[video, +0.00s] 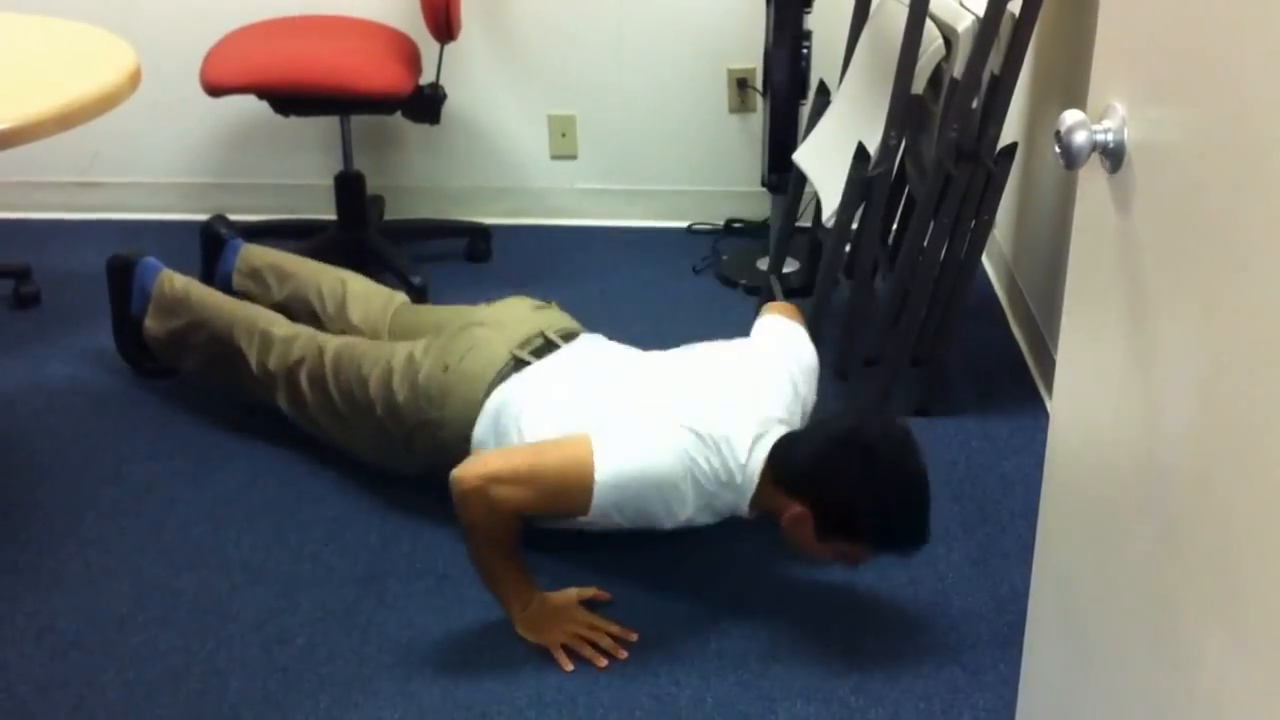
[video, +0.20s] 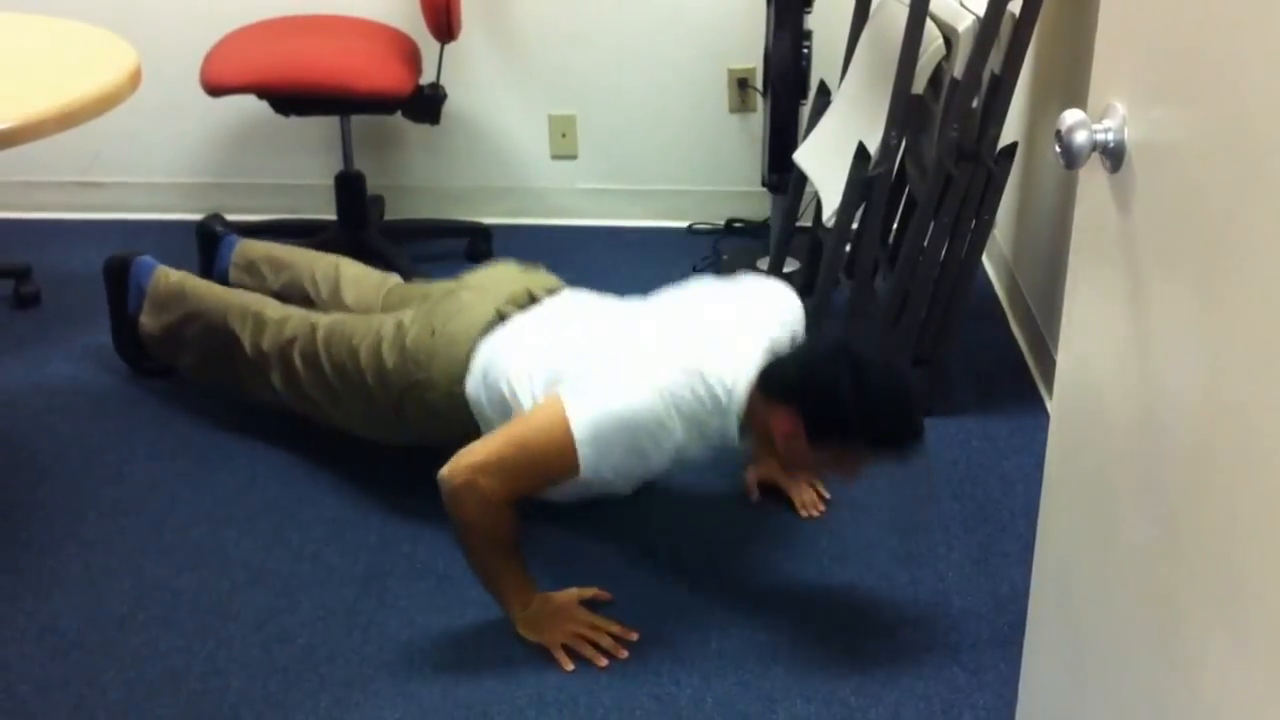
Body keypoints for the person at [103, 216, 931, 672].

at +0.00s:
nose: (839, 561)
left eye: (854, 552)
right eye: (843, 548)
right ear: (803, 512)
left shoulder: (790, 376)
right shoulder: (678, 472)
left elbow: (780, 309)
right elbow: (478, 487)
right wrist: (528, 606)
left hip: (542, 328)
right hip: (466, 398)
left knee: (388, 313)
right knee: (294, 364)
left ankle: (240, 255)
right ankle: (159, 304)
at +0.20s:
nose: (834, 474)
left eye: (846, 469)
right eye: (835, 463)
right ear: (788, 426)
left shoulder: (776, 301)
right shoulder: (650, 417)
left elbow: (740, 362)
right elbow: (469, 483)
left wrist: (762, 448)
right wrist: (526, 605)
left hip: (527, 291)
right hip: (461, 369)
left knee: (378, 292)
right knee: (290, 353)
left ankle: (233, 249)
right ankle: (155, 302)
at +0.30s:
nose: (824, 400)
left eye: (840, 392)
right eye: (825, 385)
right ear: (779, 345)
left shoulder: (766, 251)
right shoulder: (636, 350)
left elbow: (762, 357)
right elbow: (482, 468)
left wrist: (763, 453)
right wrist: (527, 604)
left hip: (518, 253)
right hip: (455, 325)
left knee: (373, 277)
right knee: (294, 332)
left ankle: (238, 248)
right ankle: (155, 303)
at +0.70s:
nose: (818, 471)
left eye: (830, 469)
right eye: (825, 461)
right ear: (795, 428)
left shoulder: (781, 299)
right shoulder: (659, 409)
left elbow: (756, 371)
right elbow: (468, 474)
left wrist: (766, 446)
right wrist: (527, 602)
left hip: (532, 290)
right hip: (457, 369)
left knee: (384, 296)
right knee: (290, 351)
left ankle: (238, 250)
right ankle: (156, 300)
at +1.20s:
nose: (819, 358)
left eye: (835, 349)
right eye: (823, 344)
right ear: (779, 314)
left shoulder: (762, 222)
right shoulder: (628, 318)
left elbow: (763, 340)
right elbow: (504, 452)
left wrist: (766, 451)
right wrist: (527, 595)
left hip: (509, 242)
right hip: (452, 315)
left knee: (367, 269)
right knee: (286, 332)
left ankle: (232, 246)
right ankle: (150, 303)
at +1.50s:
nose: (829, 452)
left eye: (845, 449)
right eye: (837, 443)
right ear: (800, 404)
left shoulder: (782, 287)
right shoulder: (669, 383)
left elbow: (757, 371)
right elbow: (478, 468)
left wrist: (764, 446)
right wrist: (529, 600)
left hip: (529, 277)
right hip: (463, 358)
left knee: (374, 283)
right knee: (292, 344)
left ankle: (233, 245)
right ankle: (154, 299)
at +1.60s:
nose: (838, 545)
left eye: (854, 536)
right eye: (843, 532)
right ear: (805, 496)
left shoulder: (795, 361)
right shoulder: (676, 458)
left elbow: (785, 302)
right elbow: (479, 478)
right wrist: (529, 599)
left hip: (543, 313)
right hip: (467, 386)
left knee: (391, 303)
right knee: (298, 354)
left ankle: (239, 250)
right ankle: (162, 297)